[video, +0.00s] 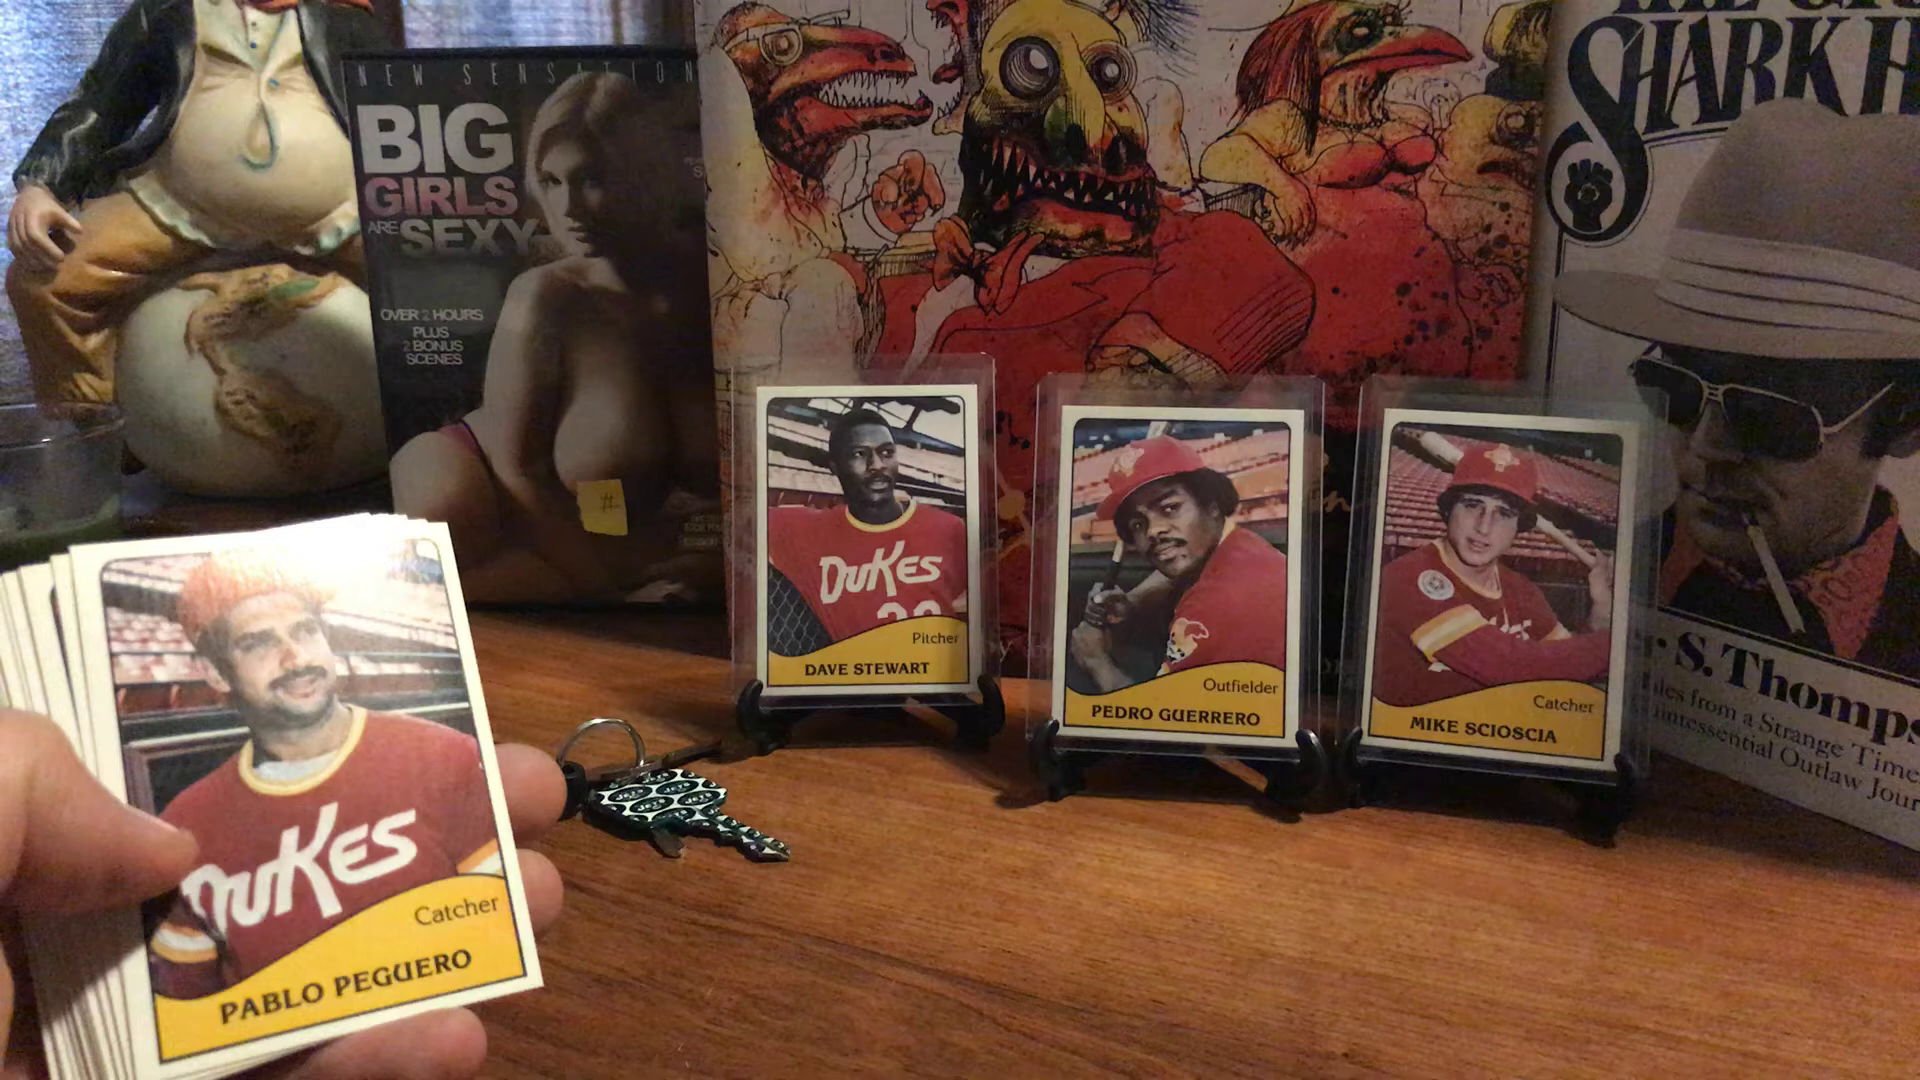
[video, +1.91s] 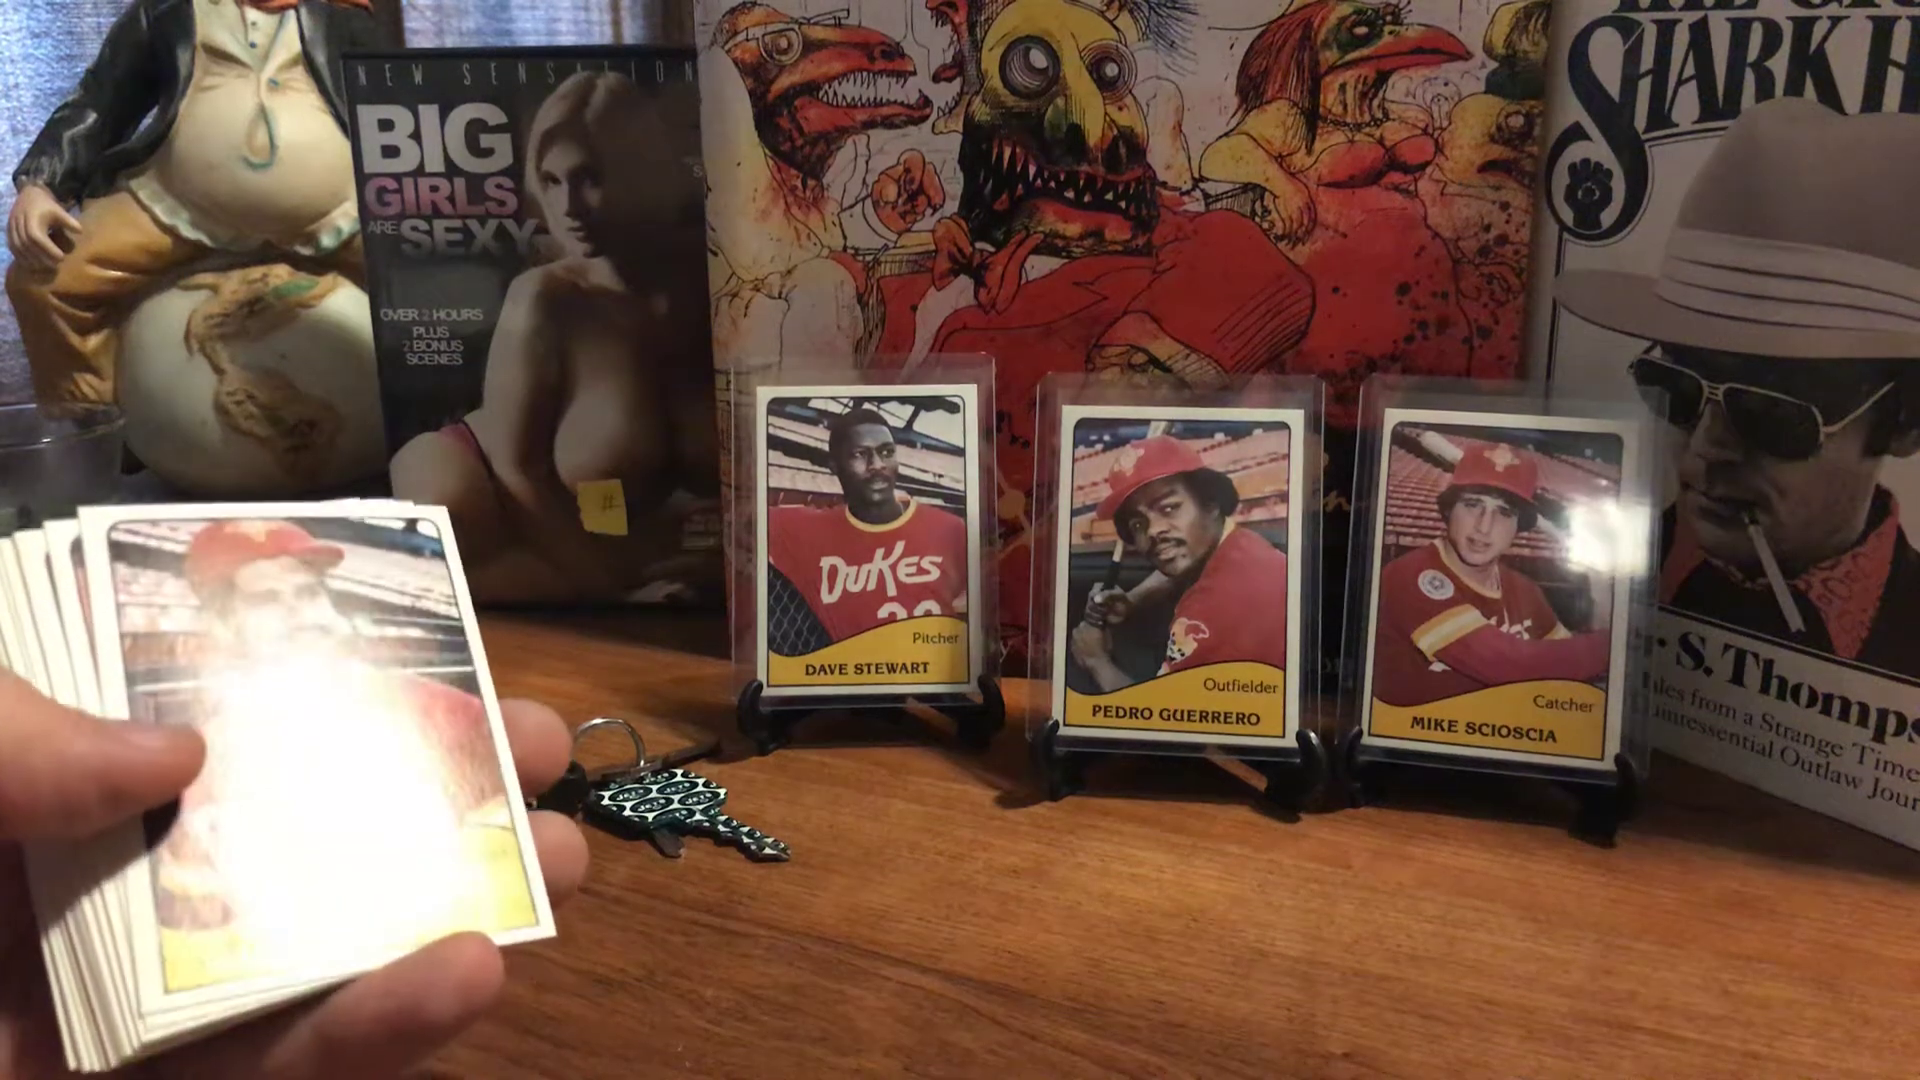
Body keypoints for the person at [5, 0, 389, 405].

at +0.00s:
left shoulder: (350, 18)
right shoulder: (167, 10)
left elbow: (400, 110)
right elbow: (99, 102)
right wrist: (36, 182)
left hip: (338, 210)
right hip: (179, 205)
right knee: (43, 281)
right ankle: (103, 453)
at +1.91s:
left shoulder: (349, 20)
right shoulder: (165, 12)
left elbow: (401, 112)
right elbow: (97, 104)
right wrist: (36, 183)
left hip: (339, 211)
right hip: (178, 207)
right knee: (44, 282)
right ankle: (101, 445)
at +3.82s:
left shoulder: (347, 19)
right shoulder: (163, 14)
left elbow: (401, 101)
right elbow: (99, 101)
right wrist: (36, 183)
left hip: (339, 212)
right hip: (179, 206)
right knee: (43, 284)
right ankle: (105, 443)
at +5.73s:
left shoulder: (346, 16)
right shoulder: (157, 12)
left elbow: (395, 94)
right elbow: (94, 99)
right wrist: (30, 180)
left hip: (335, 208)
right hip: (174, 203)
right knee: (39, 279)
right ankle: (91, 452)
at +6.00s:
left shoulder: (351, 15)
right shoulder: (163, 11)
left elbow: (399, 98)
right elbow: (97, 99)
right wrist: (33, 180)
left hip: (336, 210)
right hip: (176, 204)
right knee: (41, 280)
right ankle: (94, 444)